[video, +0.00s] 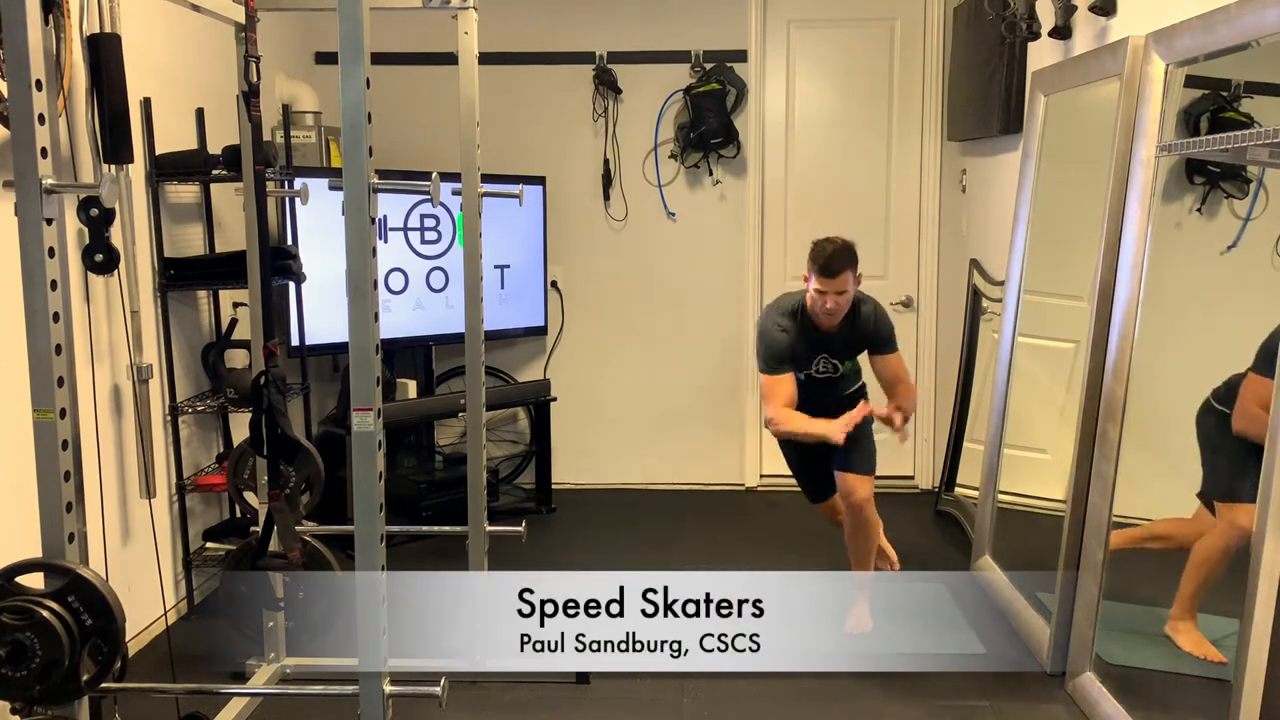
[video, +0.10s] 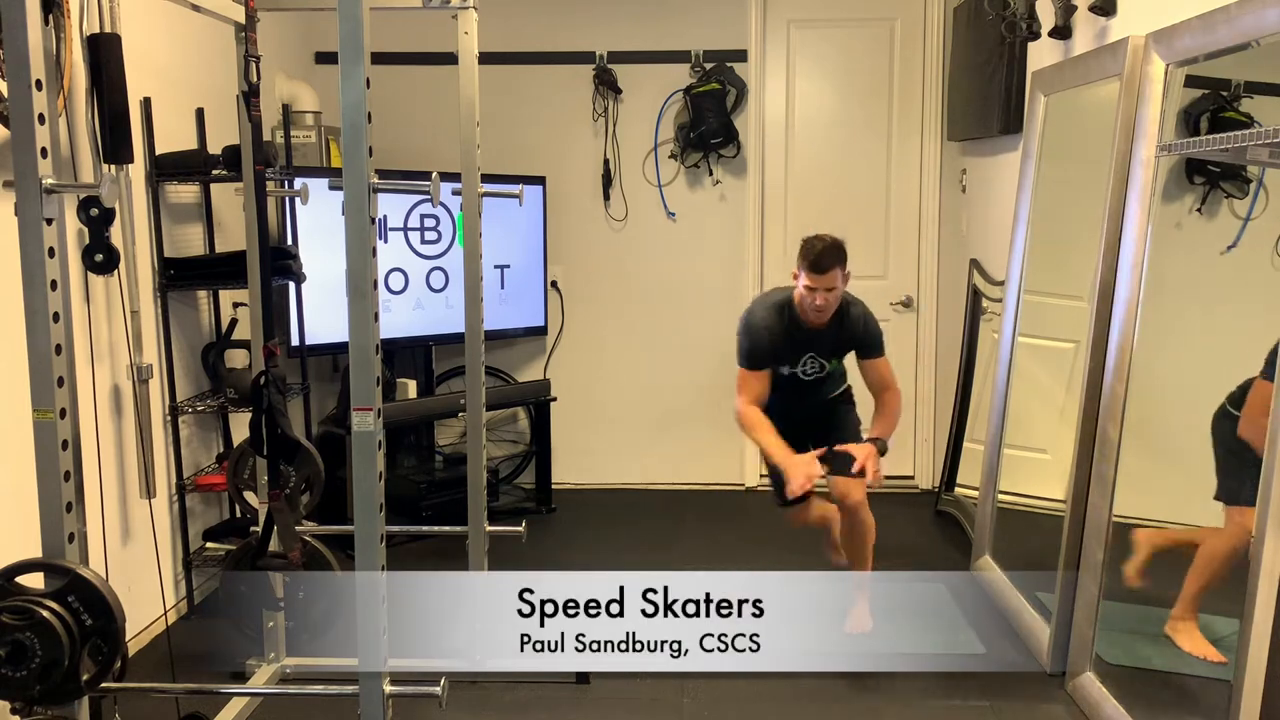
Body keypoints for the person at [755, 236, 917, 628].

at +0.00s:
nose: (829, 303)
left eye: (839, 294)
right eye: (820, 292)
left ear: (856, 284)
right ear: (806, 281)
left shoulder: (869, 316)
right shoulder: (779, 321)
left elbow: (900, 386)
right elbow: (777, 415)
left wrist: (900, 411)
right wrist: (829, 428)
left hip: (848, 408)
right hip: (797, 417)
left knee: (857, 499)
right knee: (834, 510)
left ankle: (861, 595)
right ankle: (871, 534)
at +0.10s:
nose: (819, 300)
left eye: (830, 291)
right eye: (810, 289)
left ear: (844, 281)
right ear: (795, 278)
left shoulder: (857, 319)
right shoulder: (763, 319)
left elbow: (887, 391)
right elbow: (747, 405)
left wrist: (876, 443)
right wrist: (788, 461)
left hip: (832, 405)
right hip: (779, 412)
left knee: (851, 501)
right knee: (797, 511)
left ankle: (860, 597)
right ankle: (834, 519)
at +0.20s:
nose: (796, 291)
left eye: (806, 281)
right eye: (788, 280)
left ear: (821, 273)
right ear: (772, 269)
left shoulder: (835, 314)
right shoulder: (737, 310)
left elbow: (873, 387)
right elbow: (700, 372)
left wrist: (853, 439)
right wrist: (714, 446)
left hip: (811, 404)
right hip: (750, 405)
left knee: (843, 496)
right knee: (736, 502)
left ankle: (860, 596)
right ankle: (740, 525)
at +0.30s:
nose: (758, 273)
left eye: (767, 263)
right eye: (748, 262)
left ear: (782, 255)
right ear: (733, 253)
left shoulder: (798, 295)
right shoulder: (698, 285)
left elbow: (845, 358)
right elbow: (654, 322)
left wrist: (818, 409)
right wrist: (654, 385)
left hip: (774, 390)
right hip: (708, 388)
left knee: (817, 485)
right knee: (664, 483)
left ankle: (858, 588)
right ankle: (644, 533)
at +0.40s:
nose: (710, 264)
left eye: (720, 255)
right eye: (701, 253)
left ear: (735, 247)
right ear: (687, 241)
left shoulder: (753, 283)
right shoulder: (652, 266)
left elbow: (809, 335)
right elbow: (609, 276)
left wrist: (774, 386)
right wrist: (598, 333)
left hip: (725, 380)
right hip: (660, 376)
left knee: (771, 475)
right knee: (617, 467)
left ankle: (819, 562)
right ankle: (568, 557)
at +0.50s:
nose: (665, 280)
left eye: (674, 271)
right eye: (656, 269)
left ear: (689, 262)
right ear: (644, 258)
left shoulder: (707, 296)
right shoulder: (617, 274)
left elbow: (774, 352)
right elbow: (565, 266)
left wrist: (724, 389)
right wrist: (533, 316)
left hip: (679, 393)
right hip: (616, 387)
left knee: (712, 498)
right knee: (578, 482)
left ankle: (715, 590)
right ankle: (545, 572)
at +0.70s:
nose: (616, 320)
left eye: (626, 310)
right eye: (608, 309)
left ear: (642, 300)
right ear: (596, 296)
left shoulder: (659, 336)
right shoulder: (577, 304)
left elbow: (671, 428)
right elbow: (522, 306)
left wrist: (600, 426)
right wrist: (469, 337)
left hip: (622, 415)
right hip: (577, 393)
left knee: (556, 483)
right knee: (560, 489)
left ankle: (491, 520)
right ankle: (541, 575)